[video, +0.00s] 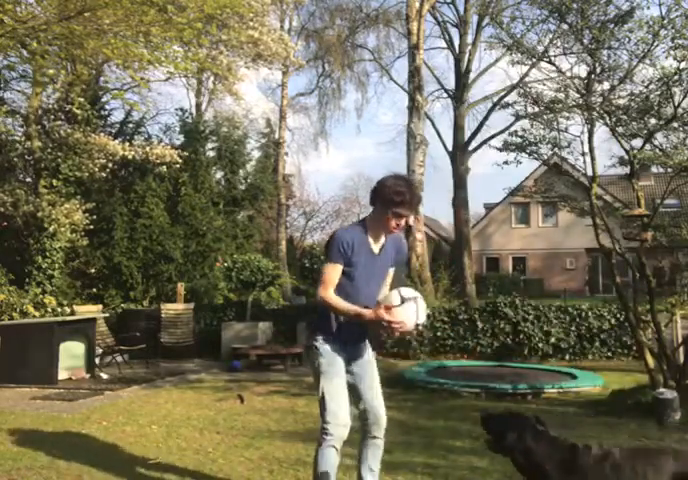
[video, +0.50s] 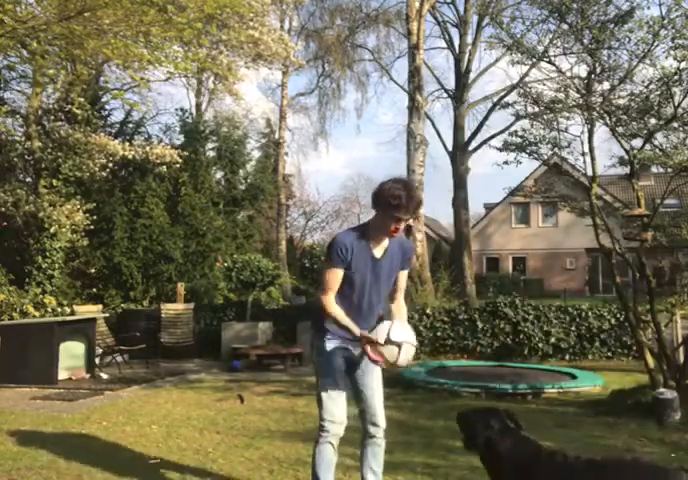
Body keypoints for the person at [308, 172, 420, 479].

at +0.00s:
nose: (402, 224)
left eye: (406, 218)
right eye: (397, 216)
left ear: (410, 216)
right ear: (378, 208)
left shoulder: (397, 245)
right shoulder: (345, 238)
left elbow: (383, 295)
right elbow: (324, 293)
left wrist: (398, 317)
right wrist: (368, 314)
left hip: (360, 340)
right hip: (328, 339)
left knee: (377, 418)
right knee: (336, 425)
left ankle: (368, 476)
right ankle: (325, 475)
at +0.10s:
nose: (401, 223)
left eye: (405, 217)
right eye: (396, 216)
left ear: (408, 215)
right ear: (377, 208)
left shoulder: (397, 244)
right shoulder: (345, 238)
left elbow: (384, 293)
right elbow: (323, 294)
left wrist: (389, 321)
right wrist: (361, 321)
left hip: (362, 342)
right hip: (330, 341)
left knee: (374, 425)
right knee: (336, 427)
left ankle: (372, 477)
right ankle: (326, 476)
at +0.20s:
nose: (402, 223)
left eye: (407, 217)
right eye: (398, 216)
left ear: (409, 215)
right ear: (378, 208)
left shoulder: (399, 245)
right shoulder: (346, 240)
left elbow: (387, 296)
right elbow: (322, 292)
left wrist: (394, 335)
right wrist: (351, 327)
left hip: (367, 343)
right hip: (334, 341)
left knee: (376, 424)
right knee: (337, 426)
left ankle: (372, 477)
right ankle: (325, 476)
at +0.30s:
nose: (403, 225)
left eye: (408, 219)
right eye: (398, 217)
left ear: (411, 217)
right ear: (379, 210)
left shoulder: (402, 248)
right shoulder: (346, 242)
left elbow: (389, 297)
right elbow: (322, 292)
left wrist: (392, 338)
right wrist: (349, 336)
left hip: (369, 341)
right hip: (335, 340)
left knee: (376, 425)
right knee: (335, 426)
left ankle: (372, 477)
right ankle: (324, 476)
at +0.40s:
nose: (402, 226)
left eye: (407, 220)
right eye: (397, 218)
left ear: (411, 218)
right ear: (379, 211)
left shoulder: (403, 248)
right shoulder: (346, 243)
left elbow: (391, 299)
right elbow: (323, 295)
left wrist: (393, 340)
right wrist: (352, 340)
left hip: (370, 344)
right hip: (336, 342)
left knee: (376, 427)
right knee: (333, 426)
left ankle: (372, 477)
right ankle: (323, 476)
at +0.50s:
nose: (400, 227)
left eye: (406, 221)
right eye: (395, 220)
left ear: (410, 218)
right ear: (377, 211)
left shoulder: (403, 248)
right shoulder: (345, 243)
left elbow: (398, 299)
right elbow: (326, 298)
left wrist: (402, 335)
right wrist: (360, 334)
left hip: (370, 344)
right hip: (335, 341)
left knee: (376, 426)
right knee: (332, 426)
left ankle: (372, 477)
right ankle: (322, 476)